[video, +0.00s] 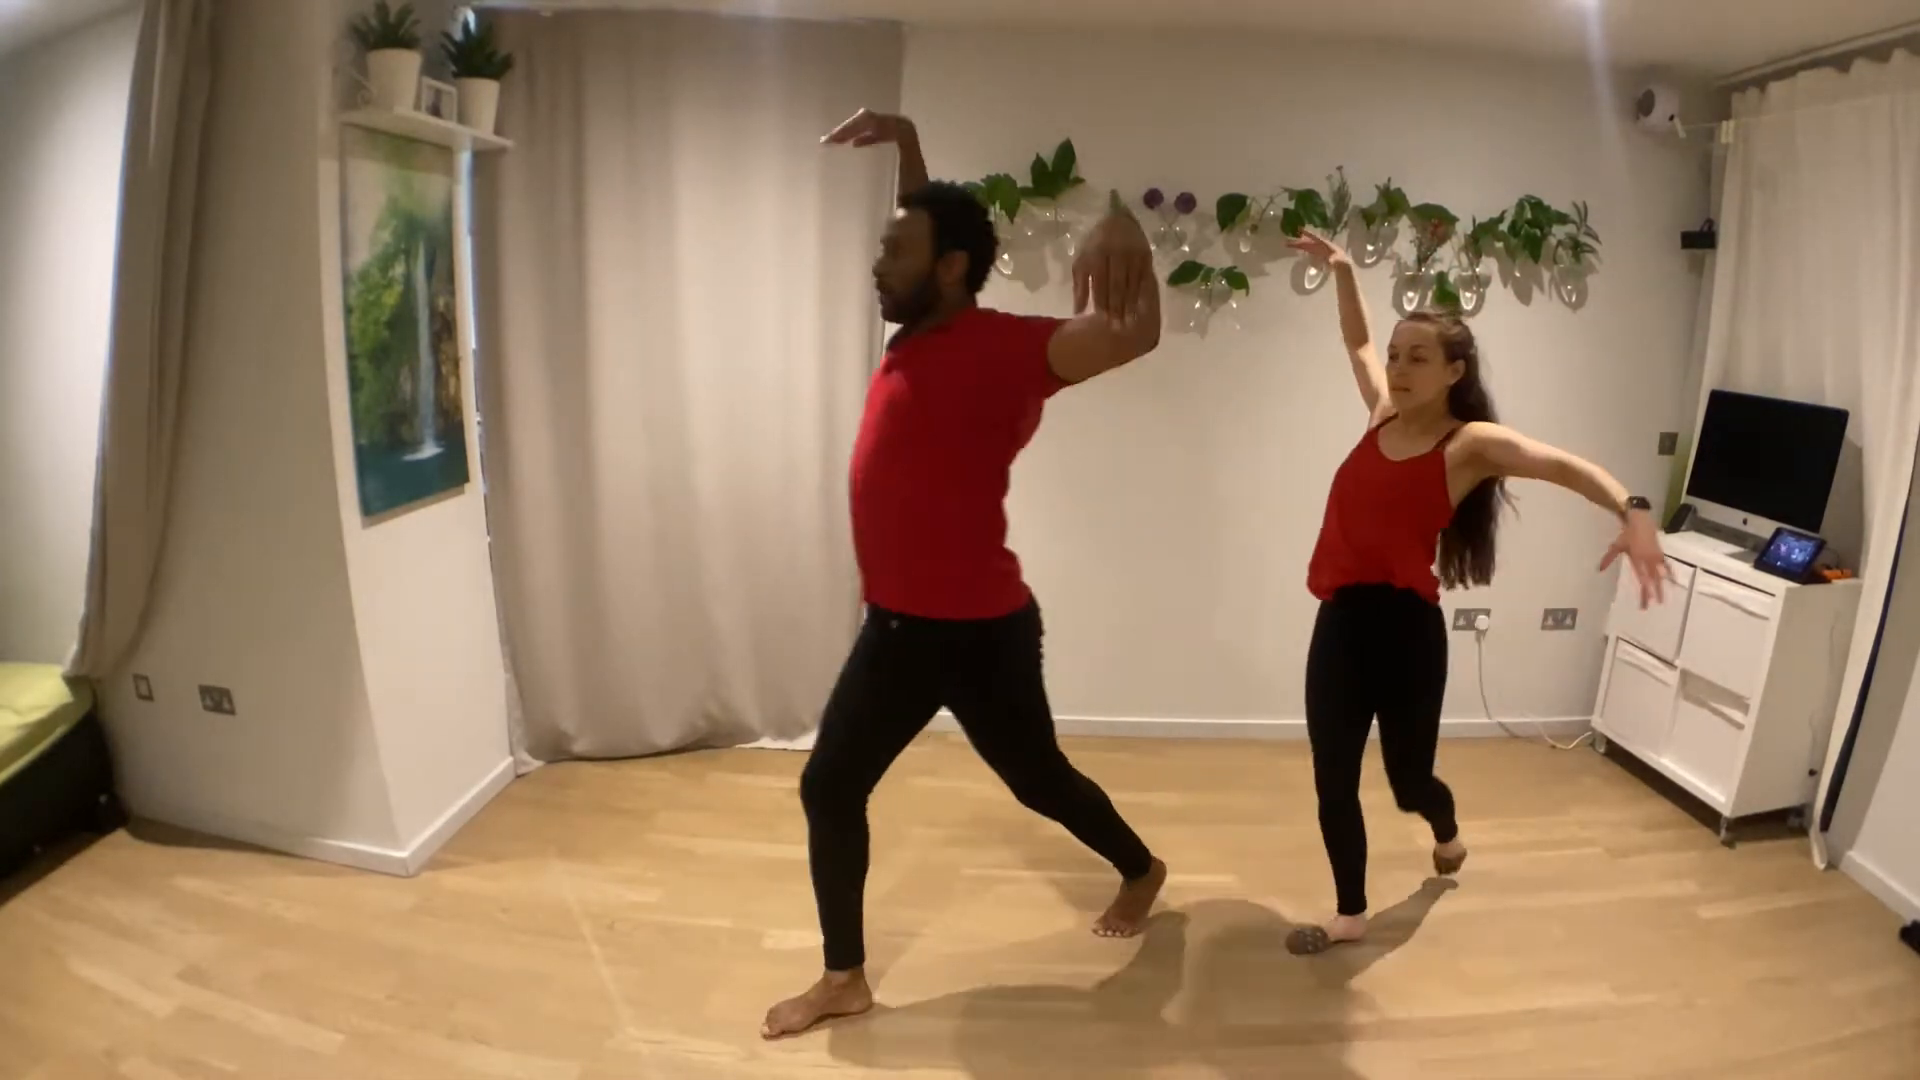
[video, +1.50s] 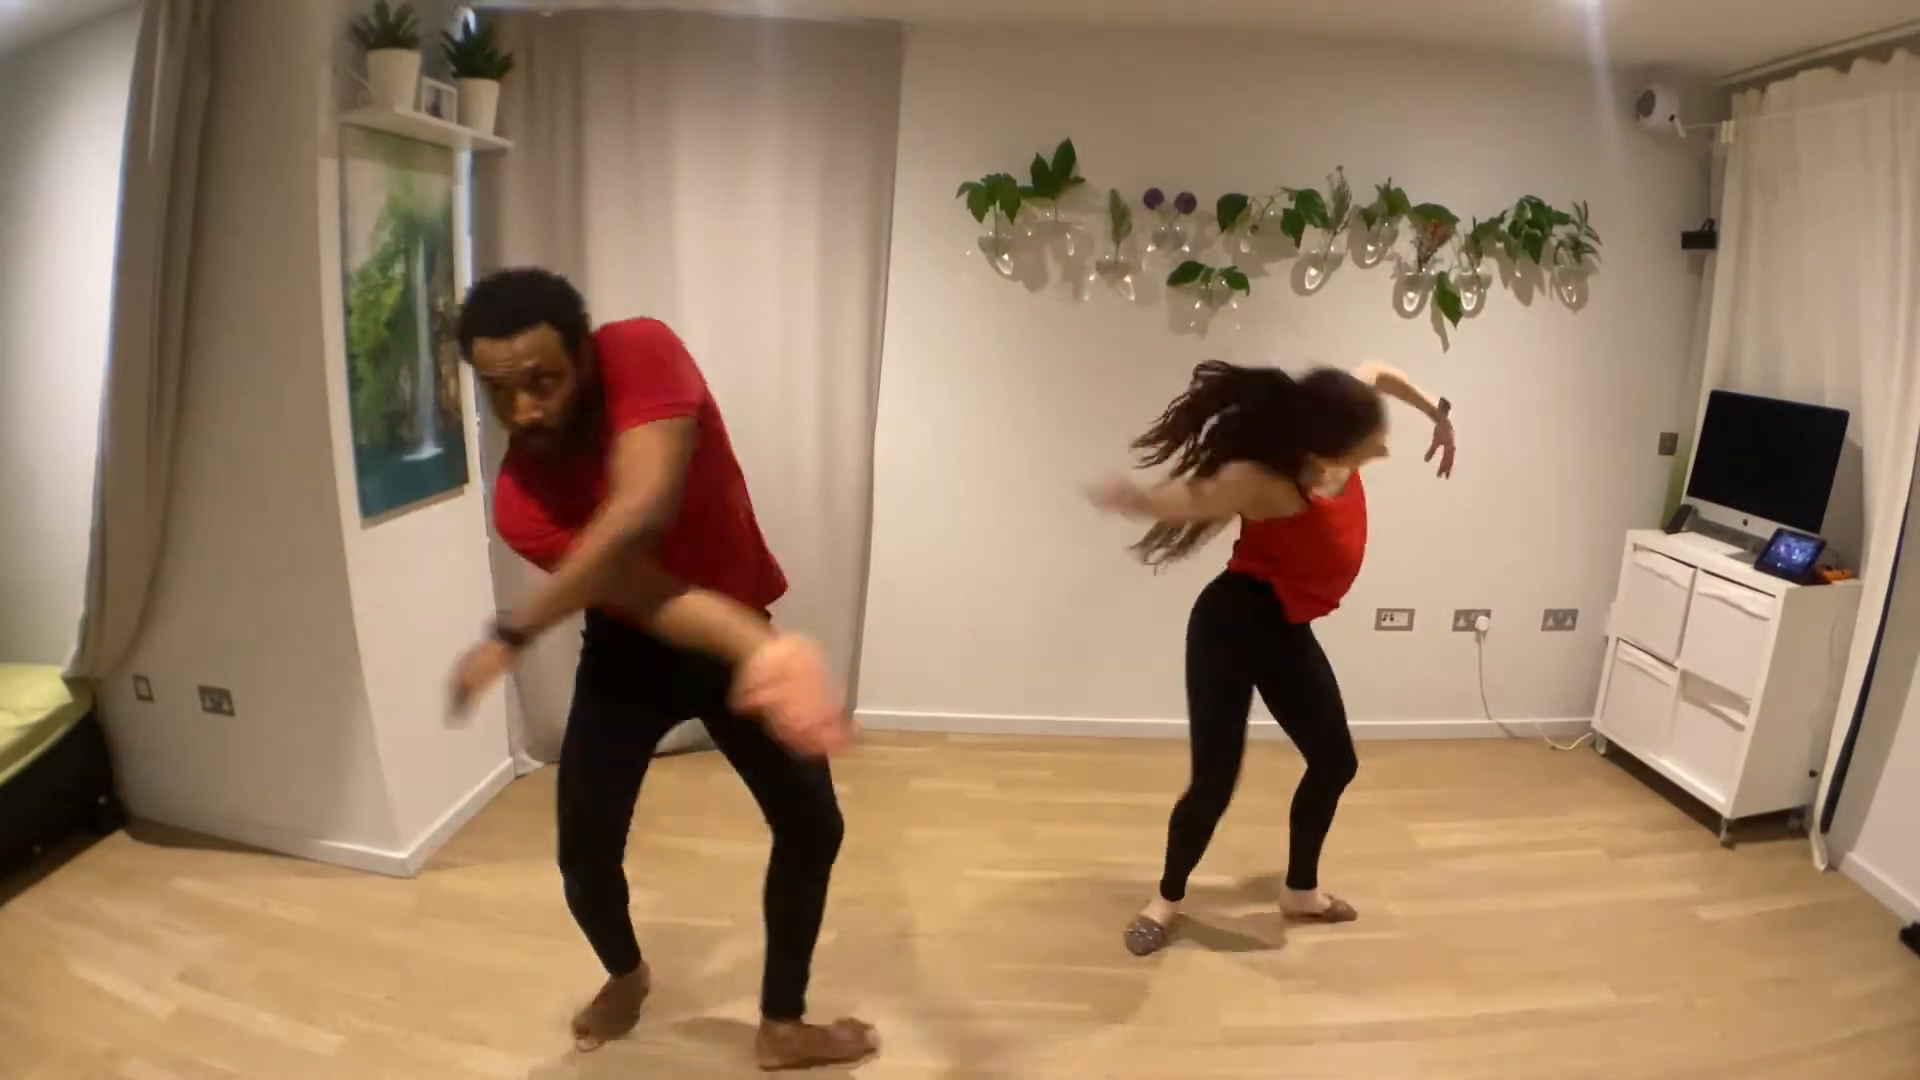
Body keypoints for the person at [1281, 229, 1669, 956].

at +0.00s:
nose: (1398, 369)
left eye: (1415, 358)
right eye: (1394, 355)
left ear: (1452, 372)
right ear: (1386, 361)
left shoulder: (1469, 442)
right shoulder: (1384, 415)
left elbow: (1558, 466)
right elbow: (1360, 345)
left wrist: (1631, 511)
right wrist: (1341, 265)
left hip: (1408, 627)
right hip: (1341, 621)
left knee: (1410, 788)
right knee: (1333, 783)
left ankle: (1447, 827)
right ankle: (1350, 914)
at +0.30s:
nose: (1332, 390)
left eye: (1350, 380)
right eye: (1329, 378)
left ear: (1394, 397)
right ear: (1323, 385)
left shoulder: (1401, 487)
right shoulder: (1321, 455)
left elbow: (1500, 553)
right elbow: (1289, 412)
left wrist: (1610, 581)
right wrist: (1311, 349)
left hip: (1350, 671)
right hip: (1296, 660)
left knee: (1227, 778)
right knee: (1298, 810)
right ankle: (1348, 920)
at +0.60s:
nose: (1233, 417)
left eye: (1253, 407)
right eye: (1231, 402)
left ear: (1299, 422)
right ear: (1227, 402)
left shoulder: (1287, 517)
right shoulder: (1217, 478)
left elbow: (1190, 577)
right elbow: (1099, 471)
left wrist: (1107, 599)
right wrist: (1028, 405)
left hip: (1258, 711)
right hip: (1220, 701)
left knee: (1132, 843)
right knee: (1223, 843)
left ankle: (1076, 970)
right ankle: (1341, 905)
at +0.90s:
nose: (1165, 422)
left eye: (1184, 412)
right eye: (1164, 407)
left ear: (1232, 426)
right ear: (1165, 410)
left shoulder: (1217, 508)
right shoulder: (1171, 466)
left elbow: (1162, 583)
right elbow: (1104, 428)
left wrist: (1062, 641)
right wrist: (1065, 395)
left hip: (1196, 709)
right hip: (1148, 694)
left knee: (1087, 850)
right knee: (1074, 843)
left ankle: (1076, 971)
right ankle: (1163, 880)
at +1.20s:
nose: (1220, 389)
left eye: (1236, 376)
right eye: (1206, 373)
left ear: (1256, 384)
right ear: (1181, 378)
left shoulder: (1273, 466)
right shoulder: (1149, 438)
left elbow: (1371, 516)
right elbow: (1070, 380)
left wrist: (1466, 557)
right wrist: (1049, 289)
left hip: (1246, 662)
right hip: (1169, 663)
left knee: (1187, 820)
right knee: (1129, 818)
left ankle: (1149, 939)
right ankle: (1178, 891)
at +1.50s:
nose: (1357, 469)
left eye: (1361, 458)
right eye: (1348, 459)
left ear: (1356, 448)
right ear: (1314, 453)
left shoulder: (1344, 444)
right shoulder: (1263, 482)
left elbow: (1377, 371)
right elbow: (1197, 498)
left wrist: (1438, 414)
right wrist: (1144, 500)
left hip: (1285, 630)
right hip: (1229, 622)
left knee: (1334, 761)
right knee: (1214, 780)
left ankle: (1301, 891)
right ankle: (1167, 897)